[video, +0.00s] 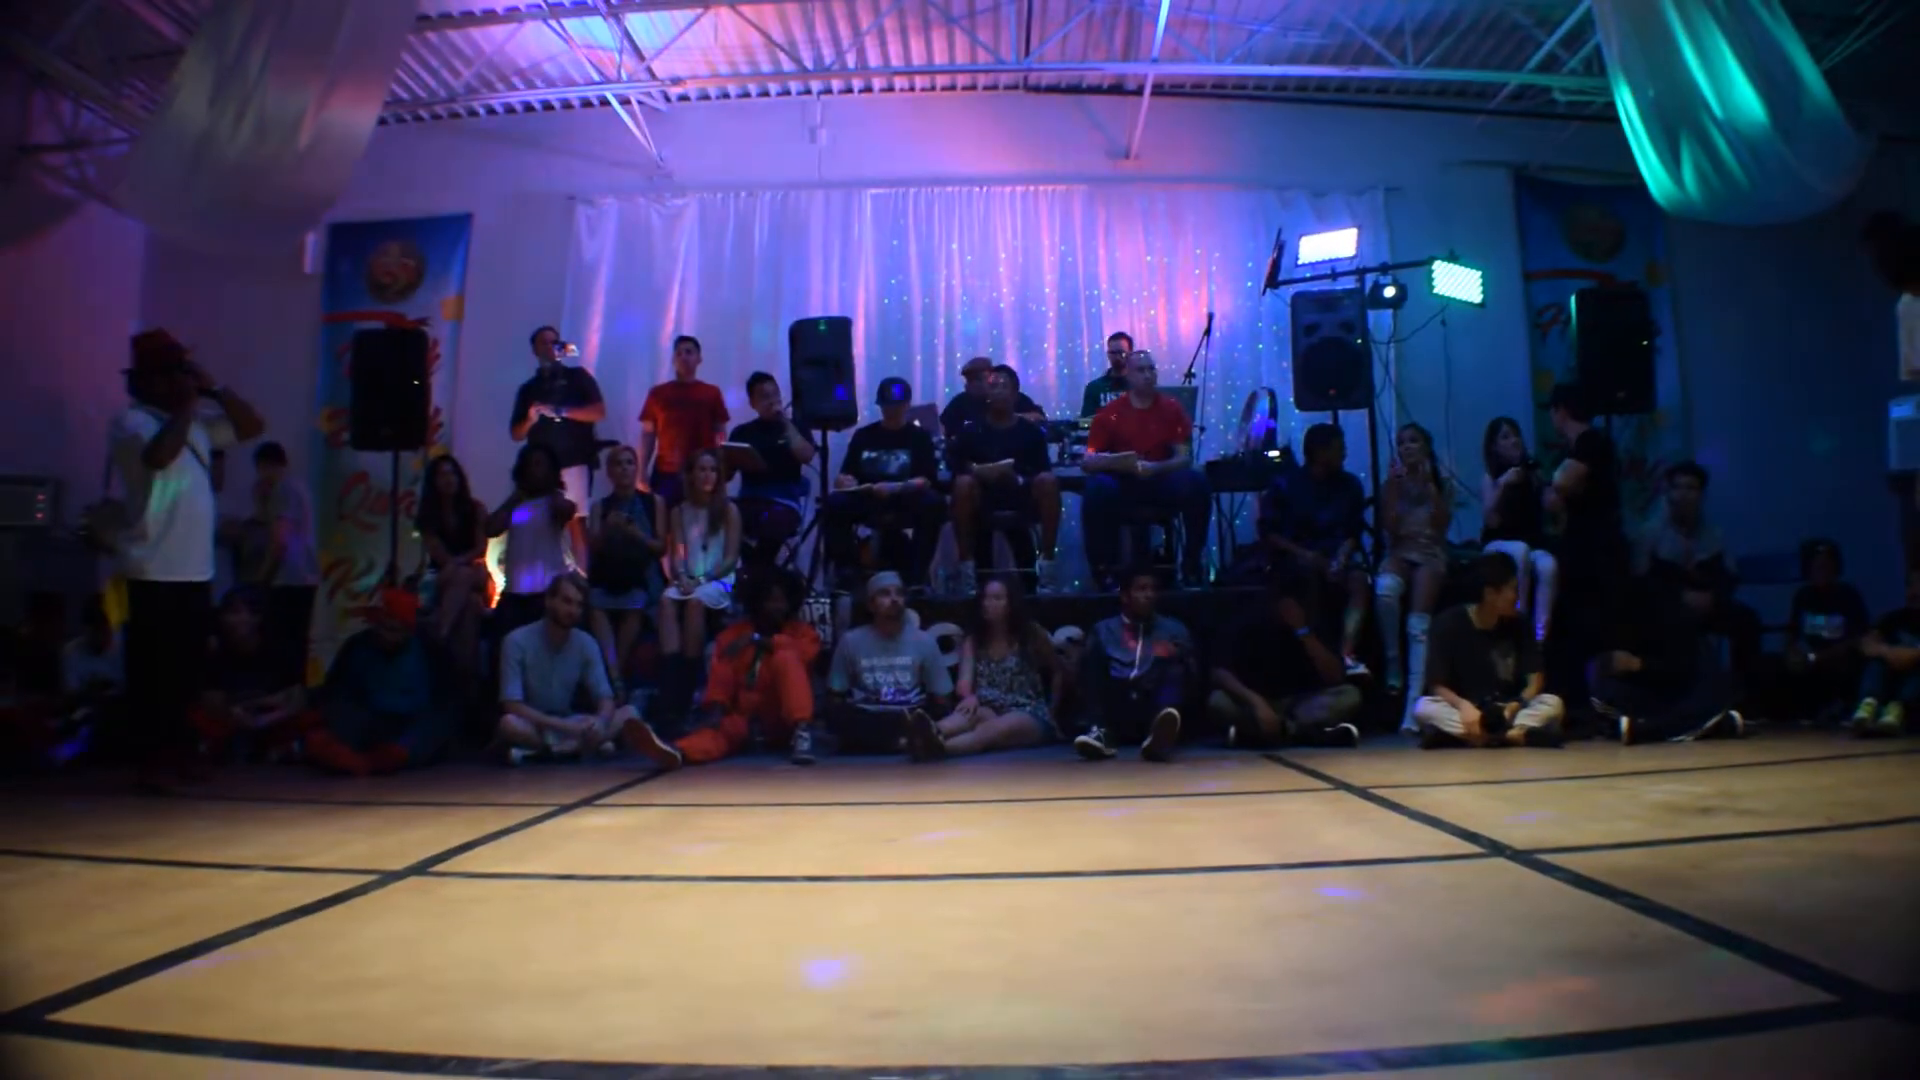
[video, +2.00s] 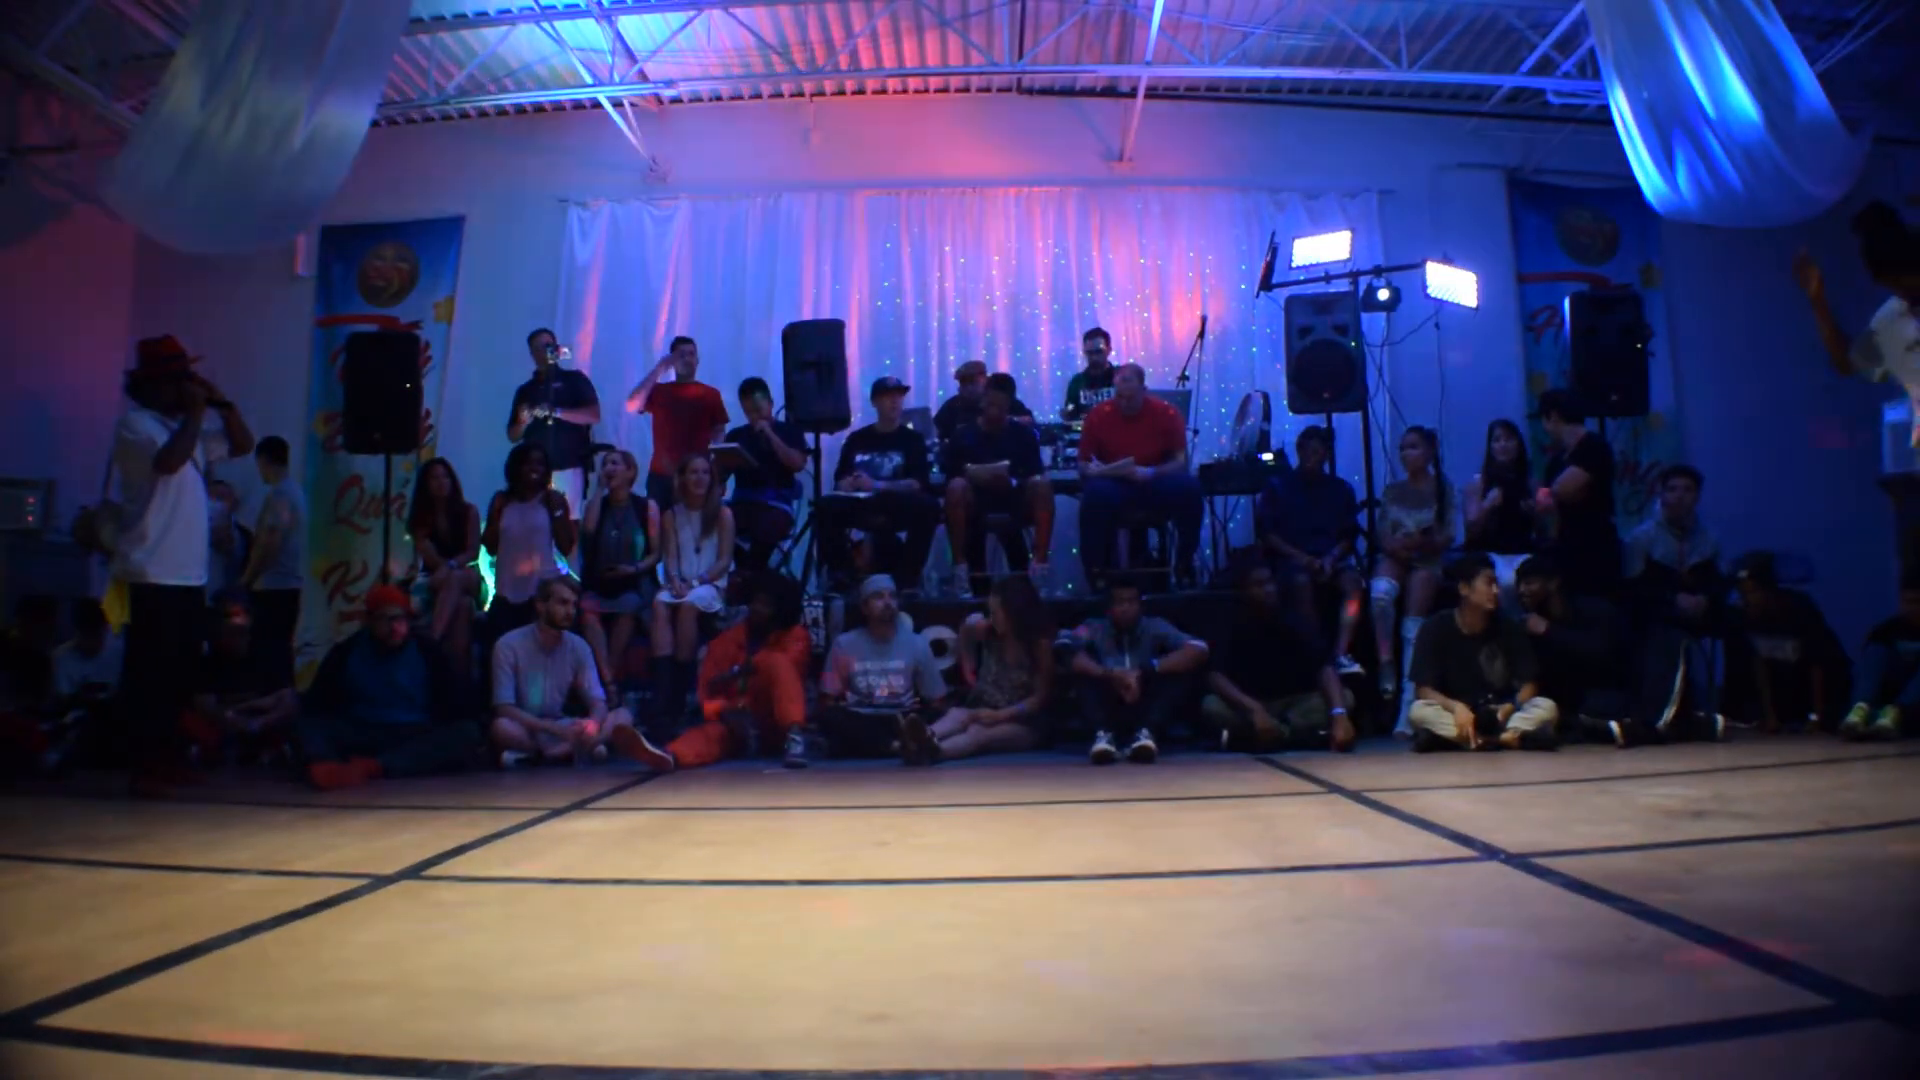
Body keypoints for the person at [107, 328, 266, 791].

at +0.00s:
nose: (183, 384)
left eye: (185, 376)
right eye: (172, 375)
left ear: (186, 382)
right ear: (149, 381)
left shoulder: (193, 429)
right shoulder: (132, 423)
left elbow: (251, 426)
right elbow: (158, 458)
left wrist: (214, 390)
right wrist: (184, 407)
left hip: (194, 577)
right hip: (153, 577)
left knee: (188, 677)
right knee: (154, 679)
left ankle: (184, 760)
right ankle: (151, 766)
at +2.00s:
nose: (185, 389)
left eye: (186, 381)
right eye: (177, 381)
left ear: (179, 386)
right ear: (155, 386)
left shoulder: (182, 431)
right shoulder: (134, 425)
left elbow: (241, 445)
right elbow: (167, 462)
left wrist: (223, 403)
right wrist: (194, 412)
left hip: (187, 577)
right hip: (153, 577)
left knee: (181, 678)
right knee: (151, 678)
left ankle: (172, 761)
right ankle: (146, 767)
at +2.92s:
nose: (182, 389)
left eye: (184, 381)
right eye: (171, 382)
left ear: (186, 387)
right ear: (147, 387)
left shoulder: (202, 435)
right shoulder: (125, 431)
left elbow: (256, 463)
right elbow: (124, 468)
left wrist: (250, 469)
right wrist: (156, 421)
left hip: (191, 585)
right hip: (142, 585)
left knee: (184, 685)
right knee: (144, 685)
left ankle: (177, 763)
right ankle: (143, 769)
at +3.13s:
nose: (173, 393)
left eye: (178, 385)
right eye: (163, 386)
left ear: (185, 388)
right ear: (144, 391)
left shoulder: (207, 437)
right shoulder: (128, 434)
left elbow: (241, 491)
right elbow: (117, 471)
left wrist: (240, 526)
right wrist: (150, 422)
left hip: (194, 585)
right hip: (142, 584)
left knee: (185, 681)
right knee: (143, 682)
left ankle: (177, 761)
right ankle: (142, 765)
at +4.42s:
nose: (207, 382)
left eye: (210, 373)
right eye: (196, 374)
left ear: (216, 377)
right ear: (174, 379)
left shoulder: (228, 431)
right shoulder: (153, 428)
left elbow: (251, 498)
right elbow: (155, 464)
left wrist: (266, 550)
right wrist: (186, 413)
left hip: (226, 582)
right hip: (172, 584)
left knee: (222, 682)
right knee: (177, 684)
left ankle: (215, 765)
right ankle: (183, 768)